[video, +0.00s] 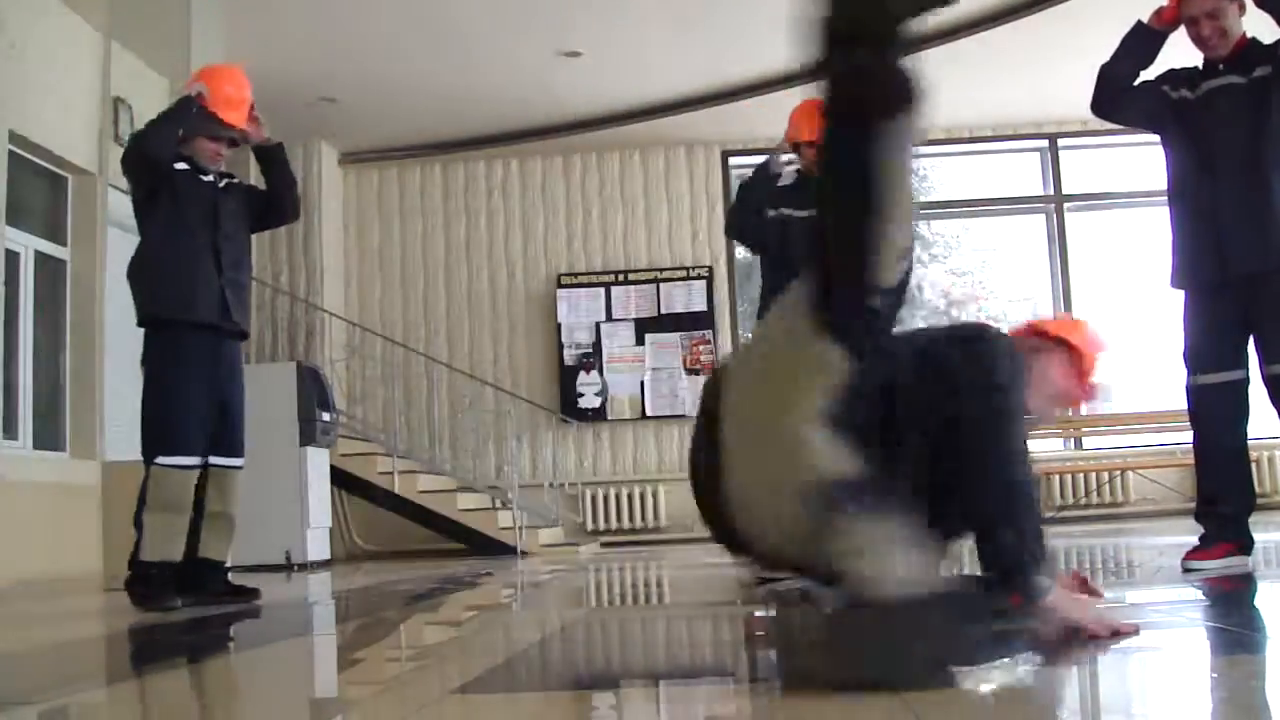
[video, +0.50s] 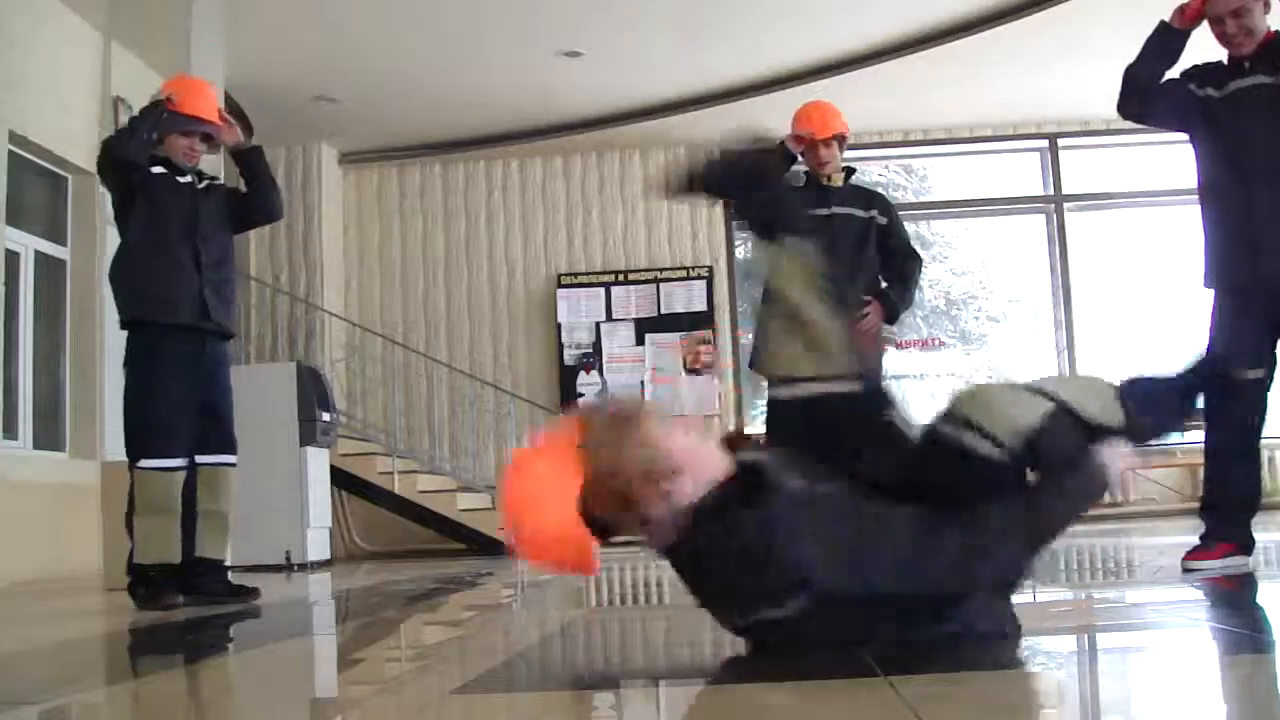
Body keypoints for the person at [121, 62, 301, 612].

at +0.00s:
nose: (223, 149)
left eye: (229, 142)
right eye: (216, 138)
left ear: (234, 147)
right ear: (186, 133)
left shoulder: (235, 194)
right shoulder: (157, 175)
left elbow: (287, 208)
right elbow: (143, 148)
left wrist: (266, 146)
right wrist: (190, 103)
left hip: (226, 335)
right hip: (175, 329)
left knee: (225, 456)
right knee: (178, 453)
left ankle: (207, 573)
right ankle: (154, 573)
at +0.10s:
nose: (220, 149)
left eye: (227, 141)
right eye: (213, 138)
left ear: (233, 145)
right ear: (184, 131)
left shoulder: (233, 195)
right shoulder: (155, 176)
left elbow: (286, 210)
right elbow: (140, 152)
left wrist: (262, 148)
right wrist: (181, 106)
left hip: (226, 337)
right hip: (176, 332)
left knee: (225, 457)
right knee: (179, 455)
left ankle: (208, 573)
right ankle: (156, 573)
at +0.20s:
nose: (216, 151)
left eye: (223, 143)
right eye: (209, 139)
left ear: (228, 146)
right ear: (180, 131)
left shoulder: (230, 197)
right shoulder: (152, 179)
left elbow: (282, 210)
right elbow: (136, 154)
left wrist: (258, 151)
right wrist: (179, 110)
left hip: (225, 338)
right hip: (174, 334)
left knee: (223, 458)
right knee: (176, 456)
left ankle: (208, 573)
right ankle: (156, 573)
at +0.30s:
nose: (212, 151)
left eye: (219, 143)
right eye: (206, 139)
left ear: (223, 146)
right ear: (176, 131)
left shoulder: (226, 197)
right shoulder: (147, 178)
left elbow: (278, 210)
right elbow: (131, 156)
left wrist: (253, 149)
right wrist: (172, 112)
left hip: (222, 339)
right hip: (170, 335)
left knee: (220, 456)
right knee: (170, 456)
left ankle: (207, 572)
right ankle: (154, 574)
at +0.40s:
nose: (203, 150)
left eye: (211, 143)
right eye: (196, 138)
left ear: (217, 147)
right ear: (168, 132)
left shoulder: (221, 198)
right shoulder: (142, 179)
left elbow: (274, 208)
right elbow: (124, 156)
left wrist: (249, 150)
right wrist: (164, 111)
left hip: (216, 338)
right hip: (164, 335)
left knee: (217, 457)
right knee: (165, 457)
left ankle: (205, 573)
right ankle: (153, 574)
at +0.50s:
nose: (196, 146)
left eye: (205, 140)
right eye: (187, 134)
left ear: (212, 146)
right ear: (160, 130)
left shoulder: (217, 196)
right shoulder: (137, 178)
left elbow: (269, 207)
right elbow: (117, 155)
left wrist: (244, 148)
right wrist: (157, 113)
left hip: (211, 338)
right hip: (157, 334)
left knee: (213, 455)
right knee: (160, 456)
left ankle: (205, 571)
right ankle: (152, 574)